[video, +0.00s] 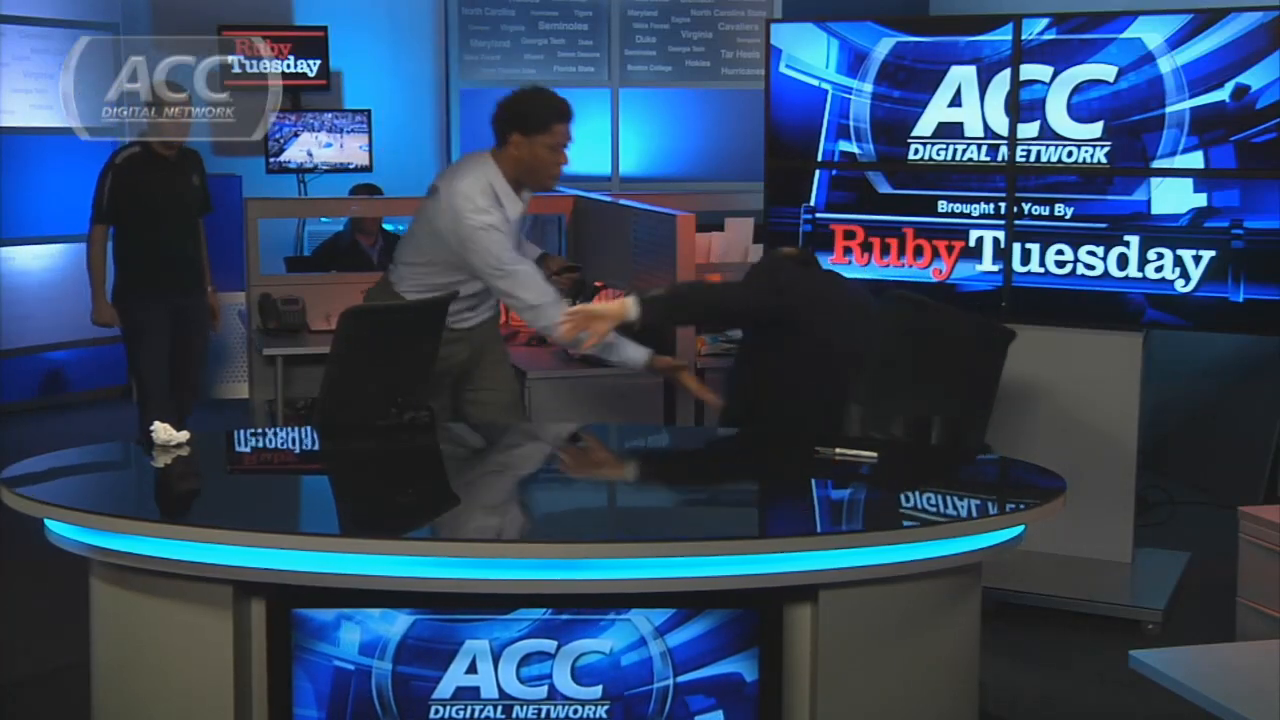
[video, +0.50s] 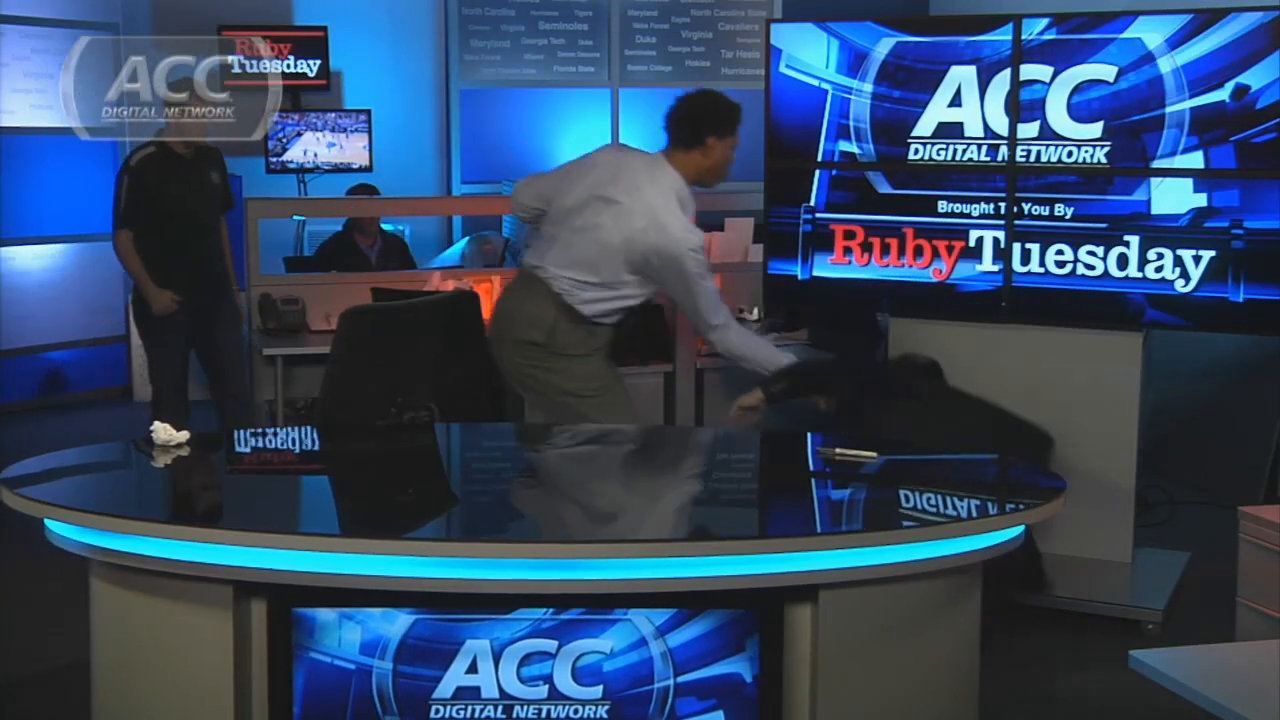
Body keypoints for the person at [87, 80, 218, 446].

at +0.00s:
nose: (180, 122)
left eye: (185, 114)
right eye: (172, 114)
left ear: (190, 117)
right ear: (153, 116)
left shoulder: (191, 161)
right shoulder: (122, 163)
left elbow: (197, 229)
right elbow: (98, 234)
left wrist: (208, 289)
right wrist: (100, 299)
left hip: (188, 291)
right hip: (141, 292)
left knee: (187, 382)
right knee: (152, 386)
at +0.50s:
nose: (202, 121)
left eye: (204, 112)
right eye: (194, 112)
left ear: (208, 115)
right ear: (174, 115)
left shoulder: (212, 159)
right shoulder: (140, 164)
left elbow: (219, 226)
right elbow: (123, 239)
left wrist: (232, 286)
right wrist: (151, 291)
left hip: (213, 294)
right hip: (163, 299)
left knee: (232, 390)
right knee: (170, 397)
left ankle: (242, 470)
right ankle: (173, 480)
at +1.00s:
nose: (290, 131)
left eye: (293, 123)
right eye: (283, 122)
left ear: (289, 125)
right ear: (259, 120)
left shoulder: (279, 165)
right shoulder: (217, 165)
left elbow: (276, 236)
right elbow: (191, 239)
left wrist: (285, 293)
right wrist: (225, 296)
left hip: (276, 304)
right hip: (231, 306)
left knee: (280, 396)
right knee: (230, 398)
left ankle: (276, 474)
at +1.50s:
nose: (361, 141)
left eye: (363, 133)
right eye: (354, 132)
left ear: (331, 131)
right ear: (326, 129)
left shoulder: (344, 177)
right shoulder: (284, 175)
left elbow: (346, 250)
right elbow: (252, 246)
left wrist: (367, 307)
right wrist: (251, 319)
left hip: (335, 309)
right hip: (294, 310)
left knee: (335, 403)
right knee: (308, 404)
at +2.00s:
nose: (433, 137)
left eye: (435, 129)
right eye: (427, 128)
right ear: (398, 123)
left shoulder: (410, 171)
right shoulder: (358, 171)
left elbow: (412, 256)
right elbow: (334, 254)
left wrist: (436, 316)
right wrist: (364, 316)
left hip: (412, 323)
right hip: (373, 326)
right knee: (368, 424)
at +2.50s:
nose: (526, 141)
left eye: (529, 133)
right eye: (520, 131)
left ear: (497, 128)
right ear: (492, 126)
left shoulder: (498, 176)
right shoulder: (449, 173)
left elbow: (494, 256)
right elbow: (422, 254)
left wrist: (513, 318)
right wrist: (439, 326)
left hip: (504, 324)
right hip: (464, 328)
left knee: (500, 434)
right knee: (460, 434)